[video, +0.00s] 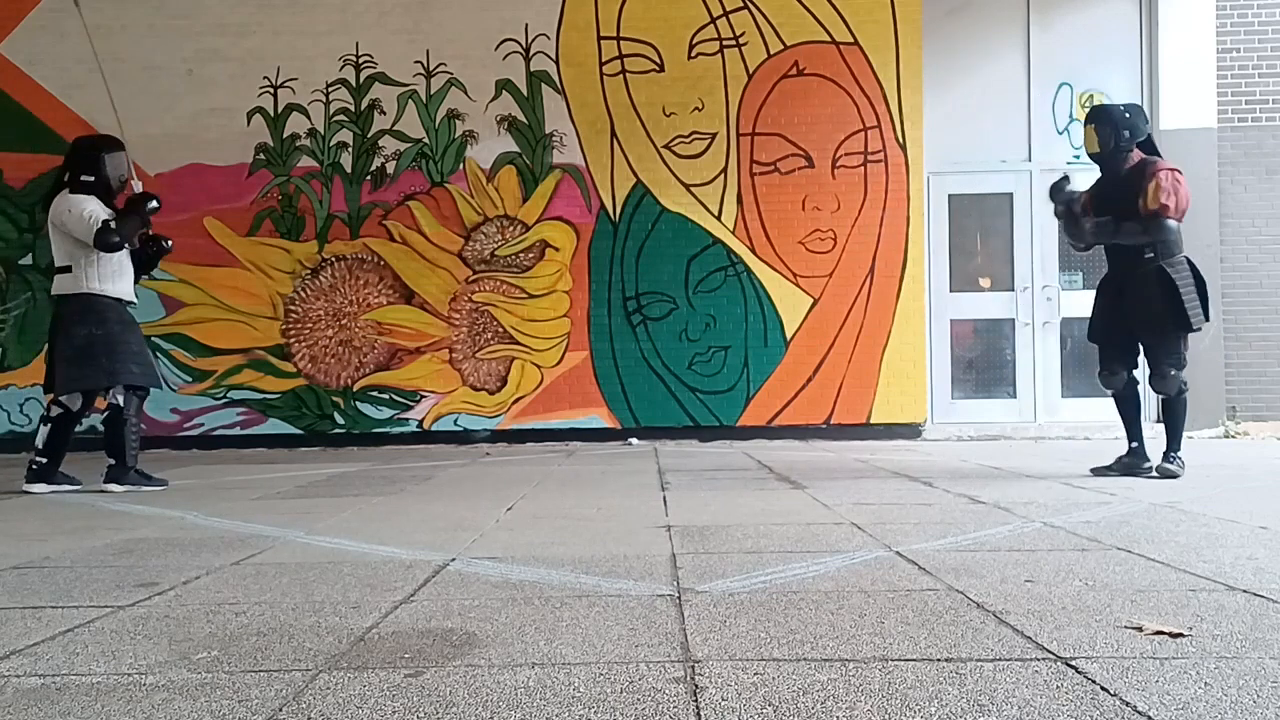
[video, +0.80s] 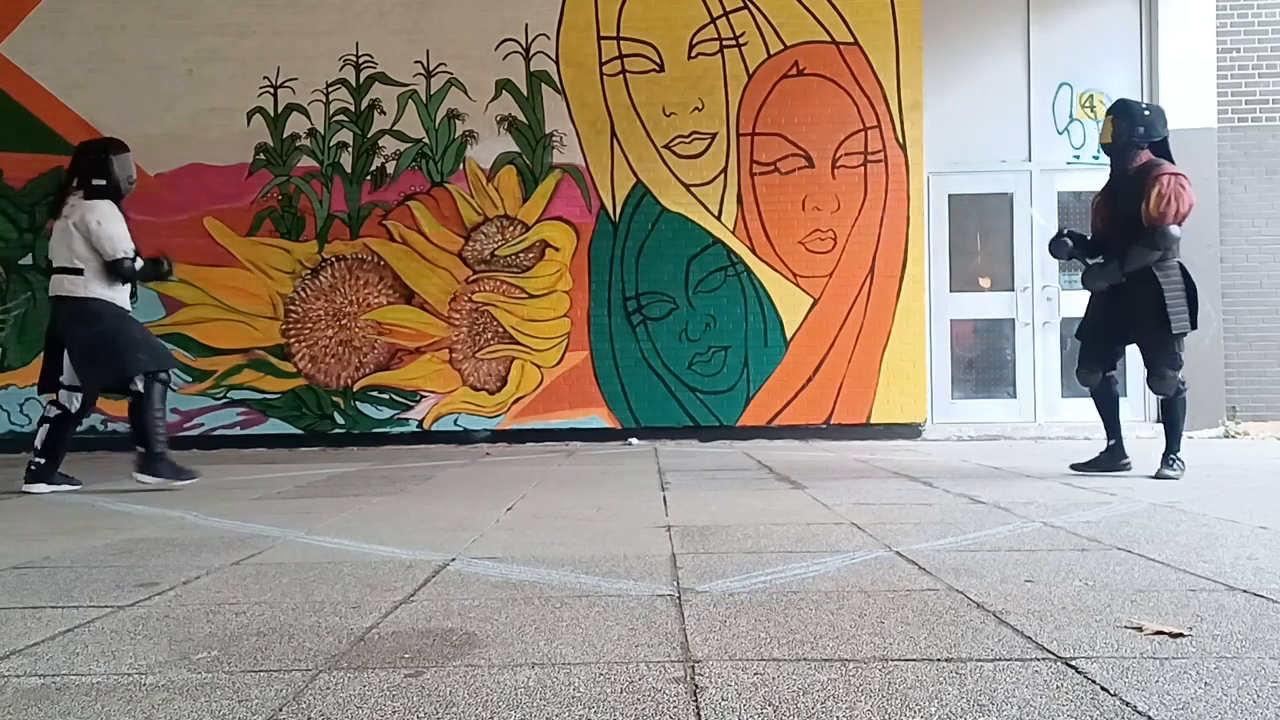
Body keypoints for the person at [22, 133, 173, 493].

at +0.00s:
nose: (124, 174)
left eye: (123, 166)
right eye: (118, 166)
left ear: (86, 169)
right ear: (98, 167)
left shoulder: (101, 209)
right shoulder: (72, 202)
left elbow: (120, 270)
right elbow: (108, 237)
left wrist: (151, 254)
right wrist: (138, 211)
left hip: (91, 307)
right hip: (92, 306)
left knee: (74, 392)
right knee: (131, 383)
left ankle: (43, 469)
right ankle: (123, 468)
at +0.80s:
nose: (132, 176)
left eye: (131, 168)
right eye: (125, 168)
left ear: (88, 172)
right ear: (105, 171)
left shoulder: (70, 207)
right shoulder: (100, 210)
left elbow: (82, 265)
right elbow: (123, 266)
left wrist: (139, 266)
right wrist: (156, 268)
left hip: (67, 311)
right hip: (94, 313)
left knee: (72, 395)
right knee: (153, 367)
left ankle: (41, 471)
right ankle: (154, 459)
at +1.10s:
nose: (181, 182)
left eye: (179, 174)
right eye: (174, 174)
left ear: (136, 183)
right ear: (155, 181)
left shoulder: (115, 219)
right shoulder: (158, 225)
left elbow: (88, 264)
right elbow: (178, 284)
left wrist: (120, 285)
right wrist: (194, 312)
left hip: (113, 323)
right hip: (146, 326)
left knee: (95, 399)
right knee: (207, 377)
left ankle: (46, 466)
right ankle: (212, 466)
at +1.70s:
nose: (307, 186)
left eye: (304, 177)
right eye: (300, 177)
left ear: (265, 185)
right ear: (283, 183)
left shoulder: (250, 220)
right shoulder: (283, 225)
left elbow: (254, 280)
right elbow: (292, 287)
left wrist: (313, 300)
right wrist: (321, 303)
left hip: (243, 319)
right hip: (268, 321)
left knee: (296, 385)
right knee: (320, 381)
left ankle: (291, 463)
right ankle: (252, 445)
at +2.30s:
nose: (413, 179)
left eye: (411, 170)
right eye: (407, 172)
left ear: (368, 178)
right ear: (389, 178)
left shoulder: (352, 215)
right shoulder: (389, 218)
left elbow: (363, 278)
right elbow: (404, 281)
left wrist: (431, 307)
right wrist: (442, 315)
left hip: (341, 319)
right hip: (375, 320)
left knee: (351, 395)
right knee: (434, 382)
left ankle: (306, 463)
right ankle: (418, 467)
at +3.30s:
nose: (507, 171)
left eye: (505, 163)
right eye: (502, 164)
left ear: (458, 169)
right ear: (486, 170)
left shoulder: (434, 207)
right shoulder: (487, 212)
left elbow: (433, 267)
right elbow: (495, 279)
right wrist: (525, 311)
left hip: (425, 311)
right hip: (469, 312)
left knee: (428, 391)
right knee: (538, 369)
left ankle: (408, 469)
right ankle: (512, 453)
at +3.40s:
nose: (519, 179)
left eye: (517, 170)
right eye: (514, 171)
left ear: (469, 175)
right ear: (499, 175)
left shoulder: (449, 212)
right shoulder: (499, 216)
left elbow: (460, 269)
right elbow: (515, 280)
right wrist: (556, 294)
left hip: (441, 310)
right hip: (483, 313)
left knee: (437, 393)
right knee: (555, 365)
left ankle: (409, 470)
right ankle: (563, 451)